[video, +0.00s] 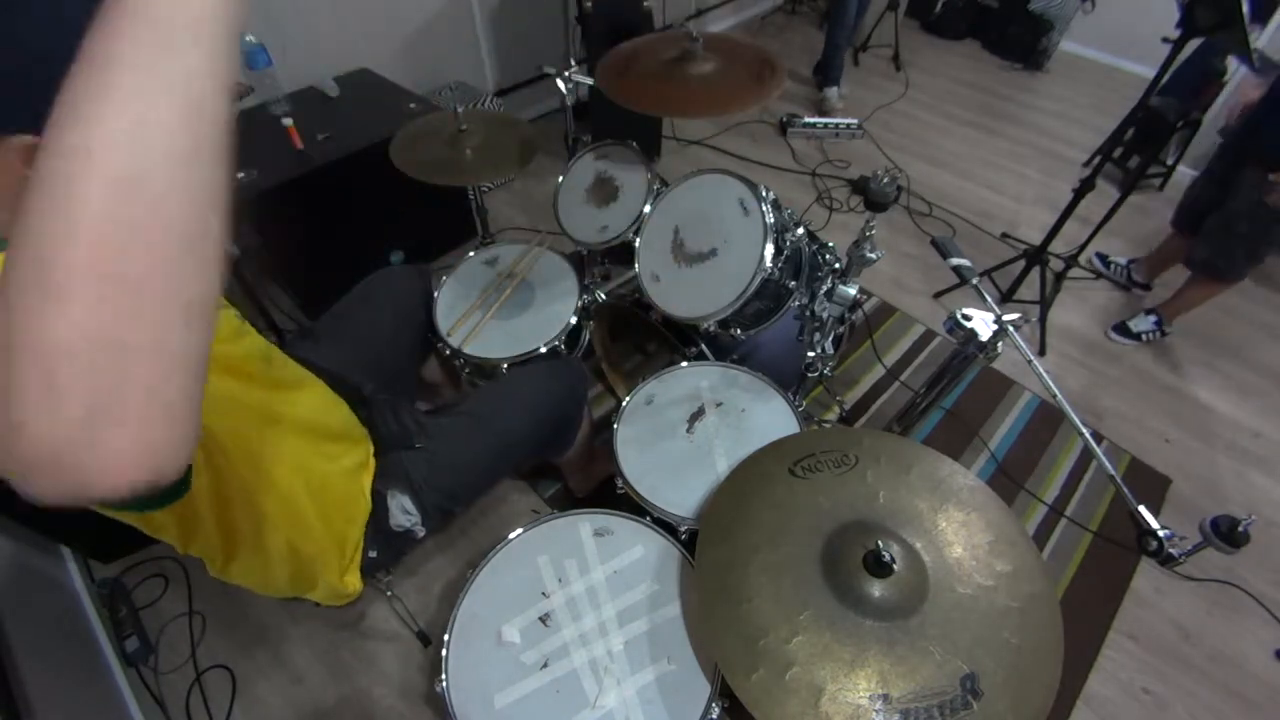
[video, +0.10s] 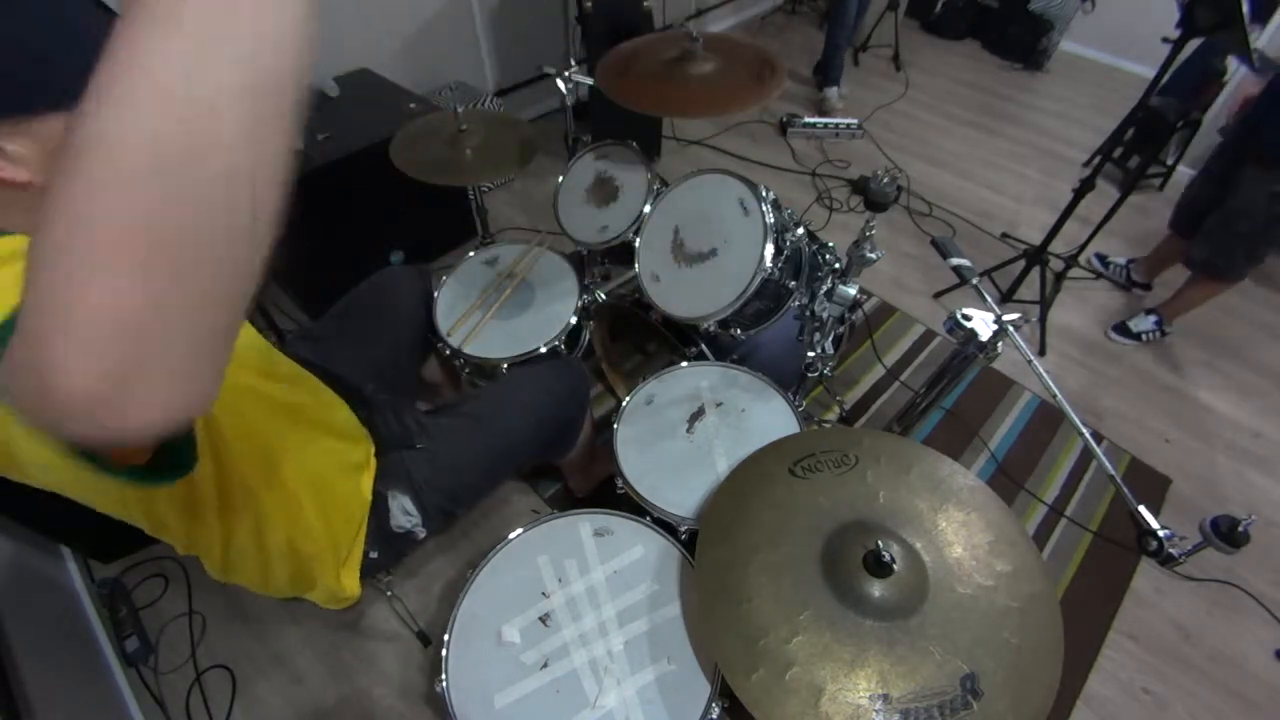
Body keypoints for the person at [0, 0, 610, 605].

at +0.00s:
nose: (36, 169)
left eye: (32, 162)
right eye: (29, 169)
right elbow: (105, 450)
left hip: (293, 395)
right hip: (355, 510)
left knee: (406, 280)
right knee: (561, 371)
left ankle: (423, 403)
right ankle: (567, 473)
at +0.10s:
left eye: (80, 124)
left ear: (23, 161)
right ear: (24, 163)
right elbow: (124, 393)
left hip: (284, 387)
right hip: (346, 507)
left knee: (406, 282)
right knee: (560, 375)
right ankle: (566, 472)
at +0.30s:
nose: (116, 104)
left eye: (105, 82)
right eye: (78, 92)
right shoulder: (35, 279)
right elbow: (155, 246)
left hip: (282, 397)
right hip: (344, 509)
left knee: (410, 284)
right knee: (565, 376)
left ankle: (434, 400)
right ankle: (575, 472)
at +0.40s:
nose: (119, 100)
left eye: (101, 75)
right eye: (74, 88)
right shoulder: (40, 278)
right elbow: (161, 237)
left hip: (280, 397)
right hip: (343, 508)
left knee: (409, 284)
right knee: (565, 377)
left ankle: (429, 399)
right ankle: (574, 471)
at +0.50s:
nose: (114, 98)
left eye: (95, 74)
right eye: (66, 88)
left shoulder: (43, 245)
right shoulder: (28, 283)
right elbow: (158, 274)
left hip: (282, 396)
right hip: (343, 508)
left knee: (408, 283)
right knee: (564, 374)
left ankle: (419, 398)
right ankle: (572, 472)